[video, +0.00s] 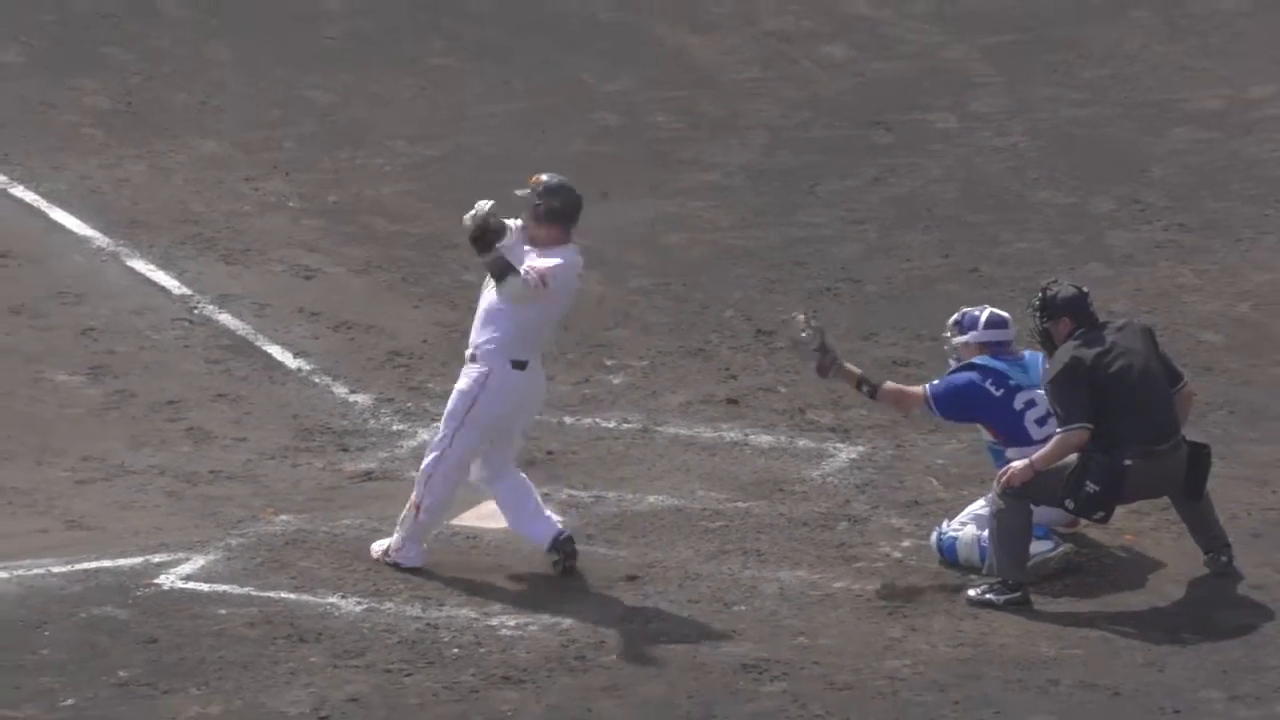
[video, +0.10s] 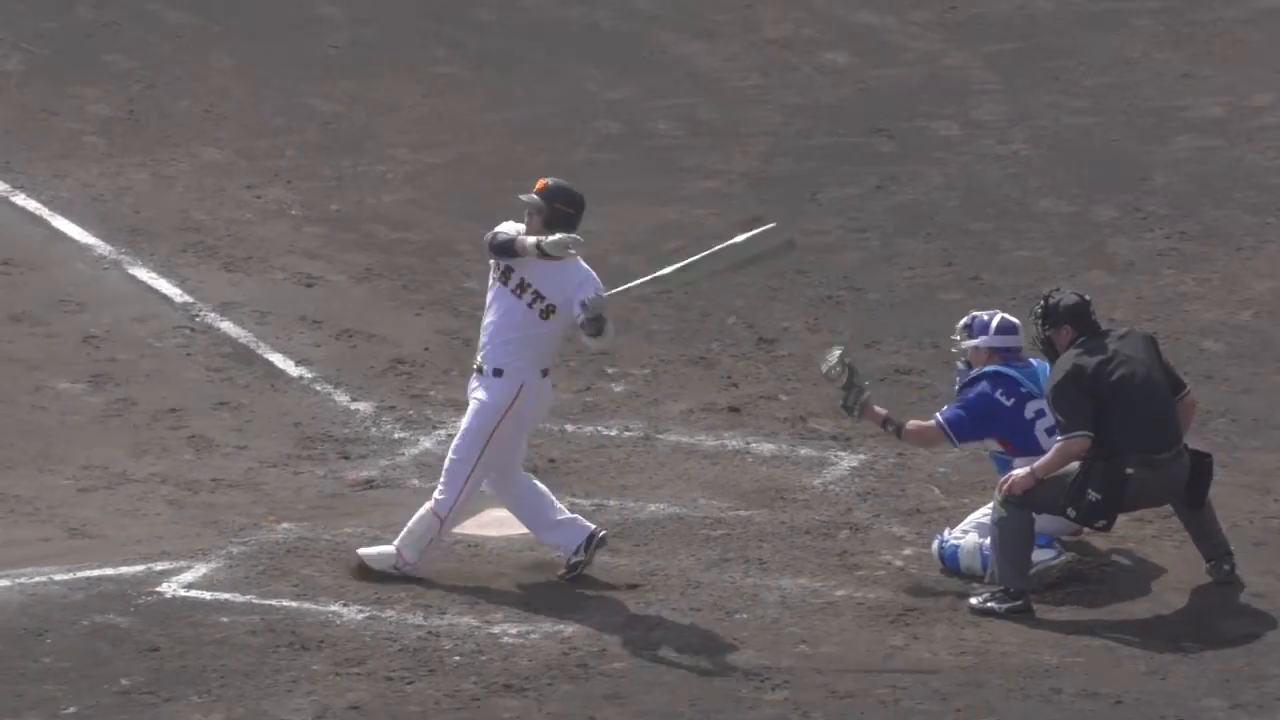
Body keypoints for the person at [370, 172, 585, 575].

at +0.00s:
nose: (525, 217)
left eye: (532, 212)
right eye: (528, 210)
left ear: (551, 224)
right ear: (556, 224)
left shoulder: (561, 267)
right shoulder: (525, 237)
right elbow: (495, 238)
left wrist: (486, 243)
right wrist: (482, 225)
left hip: (491, 376)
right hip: (524, 378)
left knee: (443, 458)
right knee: (496, 467)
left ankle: (406, 547)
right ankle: (553, 535)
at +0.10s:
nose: (527, 216)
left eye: (535, 212)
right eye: (530, 209)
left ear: (556, 221)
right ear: (540, 214)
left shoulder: (579, 277)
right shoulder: (515, 237)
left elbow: (595, 336)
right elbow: (496, 244)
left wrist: (595, 321)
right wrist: (542, 244)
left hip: (515, 389)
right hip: (489, 382)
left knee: (460, 470)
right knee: (505, 477)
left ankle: (406, 554)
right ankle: (578, 538)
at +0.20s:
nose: (536, 233)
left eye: (545, 229)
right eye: (538, 225)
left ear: (567, 239)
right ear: (538, 226)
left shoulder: (591, 288)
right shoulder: (519, 251)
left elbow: (618, 337)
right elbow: (506, 275)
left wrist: (636, 353)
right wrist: (548, 271)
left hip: (540, 400)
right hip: (500, 395)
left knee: (484, 476)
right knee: (518, 493)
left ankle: (449, 574)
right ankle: (592, 553)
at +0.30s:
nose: (549, 243)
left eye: (557, 239)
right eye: (550, 235)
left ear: (579, 245)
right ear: (552, 236)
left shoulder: (608, 298)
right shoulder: (531, 262)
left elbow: (636, 353)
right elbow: (515, 289)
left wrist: (664, 382)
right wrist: (545, 301)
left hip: (556, 403)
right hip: (511, 399)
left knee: (521, 483)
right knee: (522, 488)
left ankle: (504, 588)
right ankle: (595, 564)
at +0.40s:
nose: (556, 236)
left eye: (565, 232)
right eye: (557, 229)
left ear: (587, 239)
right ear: (559, 230)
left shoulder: (616, 292)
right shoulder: (534, 258)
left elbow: (642, 347)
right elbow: (524, 292)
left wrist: (668, 385)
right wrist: (559, 309)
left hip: (571, 399)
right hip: (523, 397)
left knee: (560, 493)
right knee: (537, 501)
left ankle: (557, 591)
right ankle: (602, 567)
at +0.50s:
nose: (559, 228)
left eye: (568, 223)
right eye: (560, 220)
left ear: (590, 231)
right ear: (563, 222)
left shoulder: (618, 283)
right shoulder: (536, 253)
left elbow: (641, 341)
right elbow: (526, 283)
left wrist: (667, 390)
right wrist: (552, 301)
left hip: (585, 393)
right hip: (535, 393)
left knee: (585, 487)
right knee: (550, 495)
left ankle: (583, 583)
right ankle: (608, 564)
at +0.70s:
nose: (567, 204)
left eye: (575, 198)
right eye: (568, 196)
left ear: (598, 204)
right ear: (569, 199)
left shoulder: (629, 254)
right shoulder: (545, 238)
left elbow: (647, 313)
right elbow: (529, 276)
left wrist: (661, 364)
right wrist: (554, 299)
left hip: (603, 376)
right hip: (552, 376)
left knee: (600, 471)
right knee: (566, 477)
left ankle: (597, 566)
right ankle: (617, 546)